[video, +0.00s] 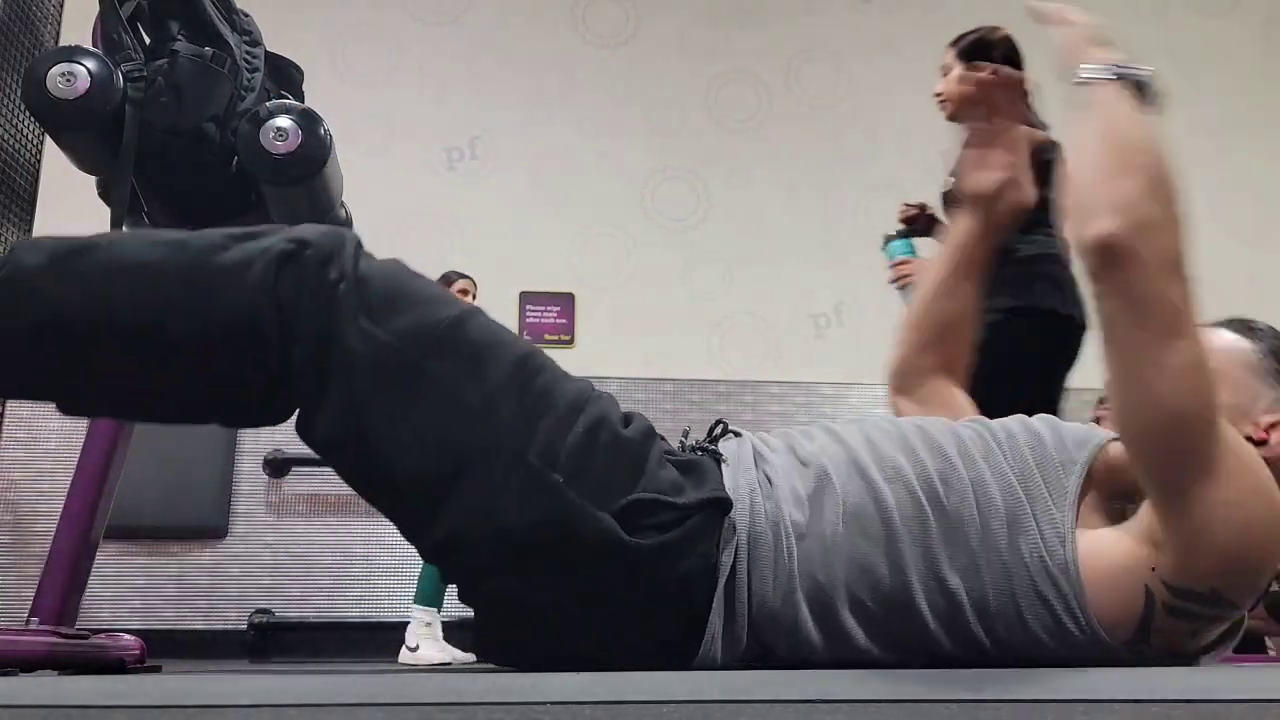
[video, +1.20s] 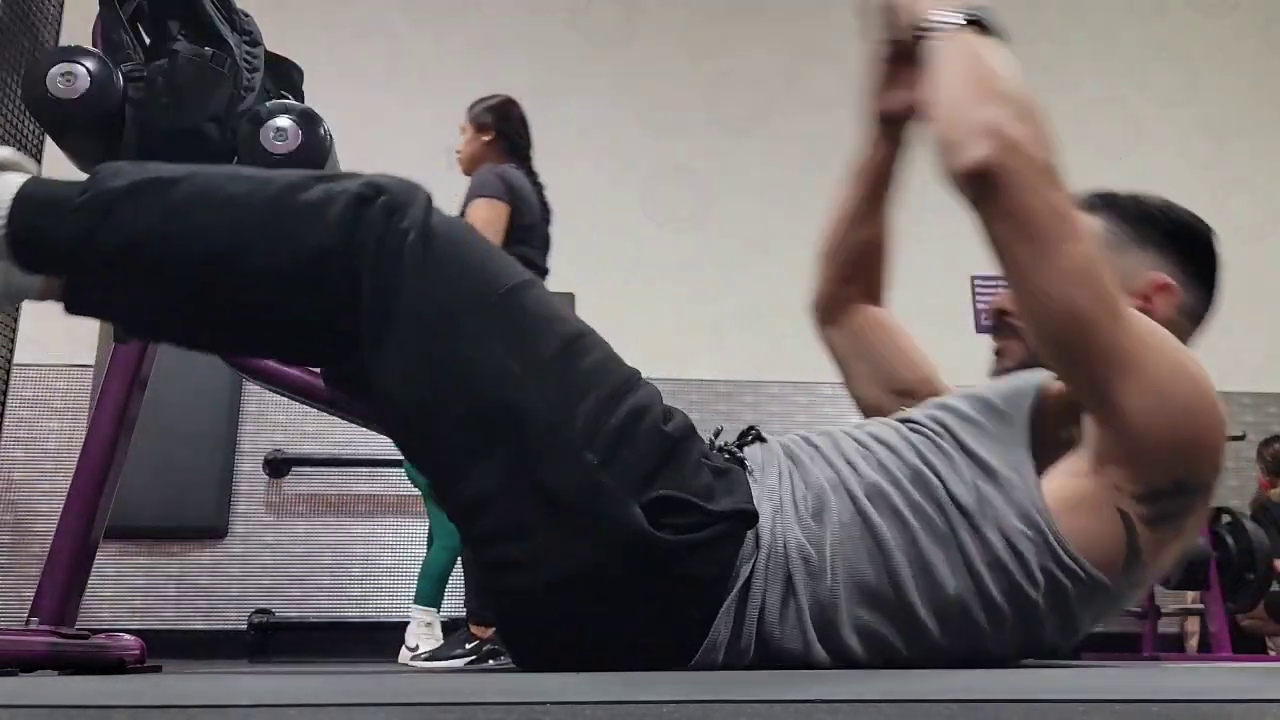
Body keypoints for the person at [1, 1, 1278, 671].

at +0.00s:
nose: (1201, 352)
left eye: (1236, 355)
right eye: (1224, 340)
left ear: (1259, 425)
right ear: (1215, 396)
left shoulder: (1207, 535)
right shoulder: (1083, 481)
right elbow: (926, 395)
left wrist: (1108, 82)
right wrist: (982, 221)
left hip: (670, 569)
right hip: (672, 511)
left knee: (323, 292)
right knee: (345, 295)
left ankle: (3, 310)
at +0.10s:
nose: (1105, 335)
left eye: (1145, 324)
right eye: (1121, 316)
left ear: (1224, 393)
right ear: (1173, 382)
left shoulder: (1201, 491)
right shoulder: (1055, 461)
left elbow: (1005, 266)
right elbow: (858, 386)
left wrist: (892, 82)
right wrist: (822, 191)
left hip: (678, 560)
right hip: (664, 520)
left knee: (350, 274)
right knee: (363, 291)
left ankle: (22, 275)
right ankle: (40, 284)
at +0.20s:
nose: (1005, 307)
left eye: (1043, 286)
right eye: (1012, 286)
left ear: (1150, 317)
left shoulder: (1161, 440)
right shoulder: (978, 437)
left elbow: (901, 258)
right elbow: (779, 341)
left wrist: (733, 116)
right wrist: (687, 181)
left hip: (696, 558)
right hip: (670, 534)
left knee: (368, 265)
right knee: (368, 295)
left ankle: (26, 250)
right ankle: (59, 263)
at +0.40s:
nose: (874, 211)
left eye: (903, 187)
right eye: (881, 189)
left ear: (1001, 196)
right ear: (931, 215)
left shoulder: (1057, 314)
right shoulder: (887, 361)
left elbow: (777, 227)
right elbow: (682, 318)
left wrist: (539, 133)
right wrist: (502, 186)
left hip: (695, 560)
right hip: (660, 538)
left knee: (422, 219)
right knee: (419, 224)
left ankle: (47, 218)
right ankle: (69, 205)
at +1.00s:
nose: (848, 193)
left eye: (871, 169)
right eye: (856, 173)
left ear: (949, 178)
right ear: (939, 194)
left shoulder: (1037, 298)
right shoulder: (874, 351)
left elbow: (764, 171)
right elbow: (675, 294)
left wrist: (571, 39)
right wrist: (537, 147)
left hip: (671, 570)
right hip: (643, 555)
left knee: (479, 174)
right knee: (472, 190)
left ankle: (84, 153)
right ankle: (103, 159)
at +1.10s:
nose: (957, 255)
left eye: (986, 227)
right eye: (957, 228)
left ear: (1076, 254)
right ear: (963, 254)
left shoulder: (1113, 373)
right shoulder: (922, 394)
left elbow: (874, 174)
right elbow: (753, 300)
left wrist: (757, 21)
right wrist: (697, 126)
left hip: (688, 561)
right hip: (647, 540)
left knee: (428, 207)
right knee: (435, 217)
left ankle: (58, 205)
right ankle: (100, 173)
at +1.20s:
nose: (1015, 289)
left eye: (1063, 270)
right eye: (1029, 269)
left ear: (1161, 301)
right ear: (1075, 294)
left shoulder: (1171, 445)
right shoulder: (976, 423)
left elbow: (1022, 223)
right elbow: (848, 304)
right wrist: (887, 135)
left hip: (693, 551)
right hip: (647, 545)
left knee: (389, 242)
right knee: (392, 273)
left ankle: (30, 221)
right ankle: (80, 216)